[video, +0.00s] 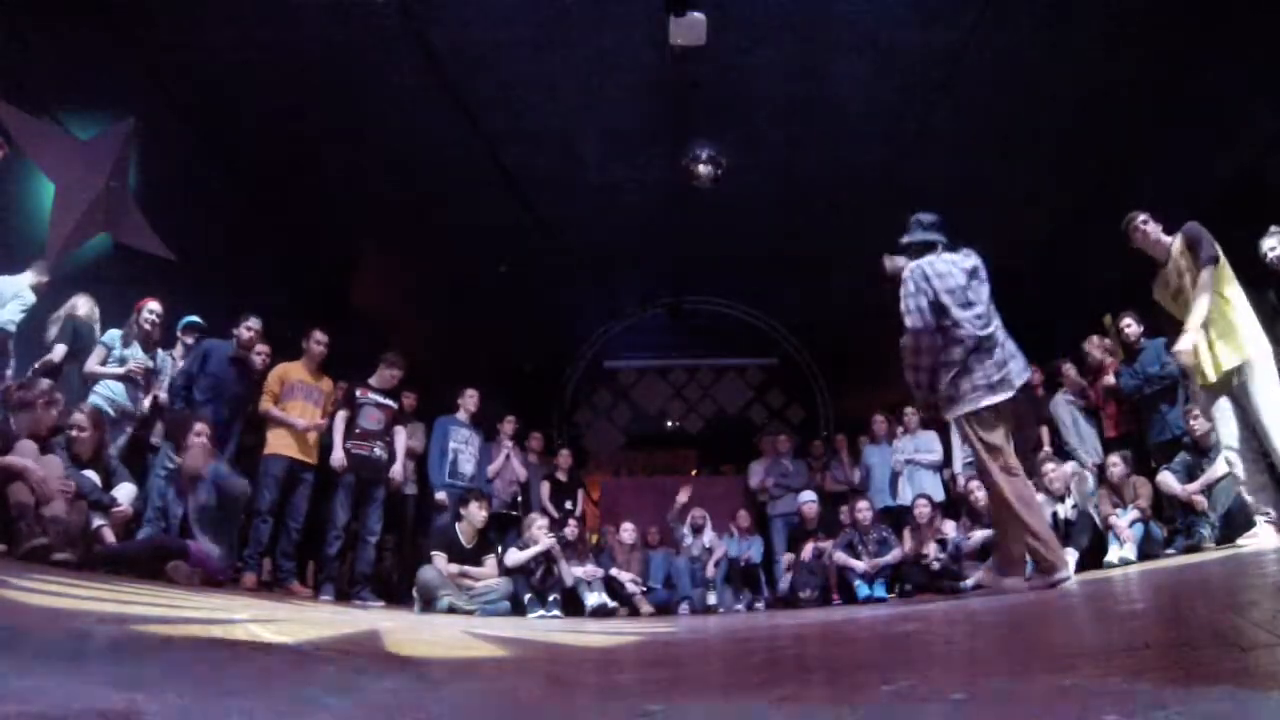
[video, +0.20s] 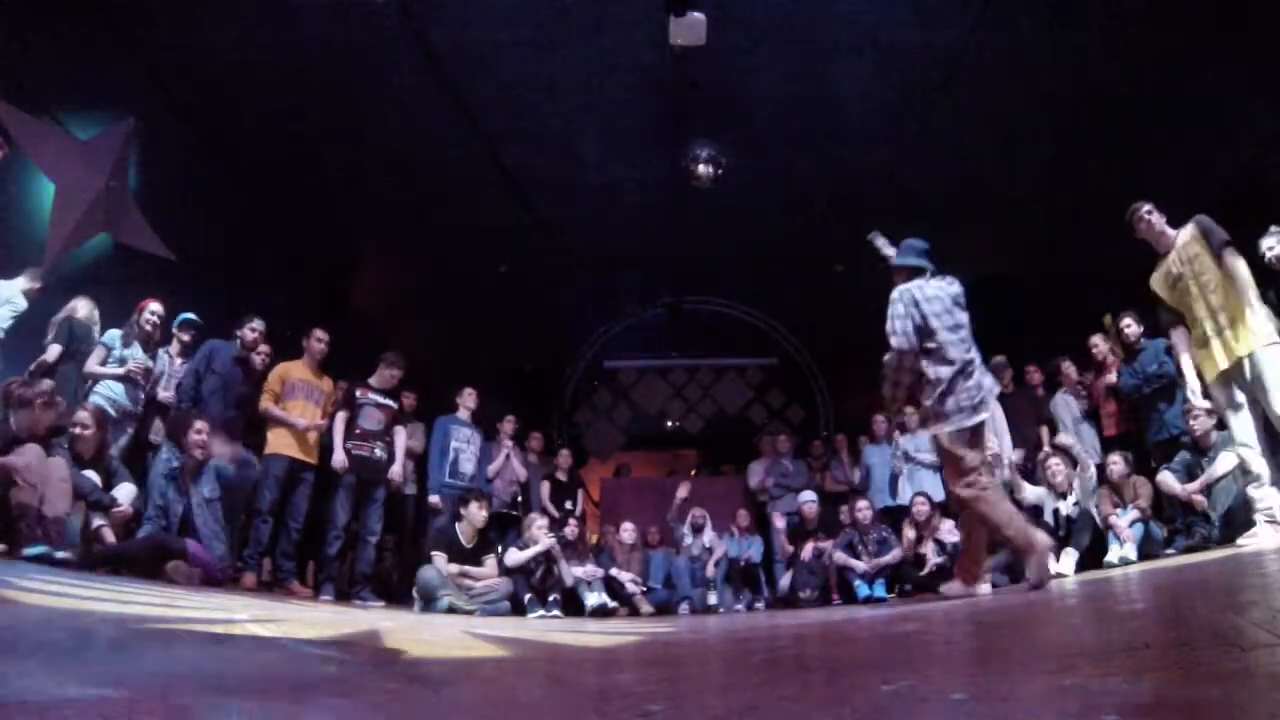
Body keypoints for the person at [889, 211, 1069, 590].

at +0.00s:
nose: (908, 254)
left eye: (910, 249)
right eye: (907, 249)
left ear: (916, 248)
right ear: (942, 242)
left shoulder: (915, 275)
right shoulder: (970, 260)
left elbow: (920, 334)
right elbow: (945, 271)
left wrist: (921, 388)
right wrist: (907, 267)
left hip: (967, 385)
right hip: (1004, 373)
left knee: (1005, 473)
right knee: (1001, 472)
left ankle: (1053, 559)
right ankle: (1008, 564)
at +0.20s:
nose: (897, 275)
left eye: (899, 271)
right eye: (898, 270)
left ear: (904, 271)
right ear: (927, 267)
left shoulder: (903, 295)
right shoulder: (952, 285)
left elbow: (904, 352)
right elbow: (924, 275)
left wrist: (895, 399)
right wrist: (898, 258)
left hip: (947, 401)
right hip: (978, 393)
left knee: (966, 483)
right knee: (976, 482)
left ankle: (1034, 543)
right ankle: (971, 576)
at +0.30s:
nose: (892, 283)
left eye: (893, 280)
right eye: (892, 280)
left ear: (898, 280)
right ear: (920, 276)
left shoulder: (898, 301)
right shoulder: (943, 296)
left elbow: (894, 357)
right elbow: (911, 294)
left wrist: (882, 413)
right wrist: (873, 279)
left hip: (927, 405)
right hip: (963, 400)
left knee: (928, 487)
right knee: (958, 485)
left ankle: (986, 531)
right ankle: (971, 575)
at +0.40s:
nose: (878, 297)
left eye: (880, 292)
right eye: (878, 293)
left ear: (891, 291)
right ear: (911, 289)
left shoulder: (894, 313)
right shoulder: (934, 308)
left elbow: (886, 367)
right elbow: (887, 310)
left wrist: (878, 414)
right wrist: (845, 312)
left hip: (915, 424)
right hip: (949, 422)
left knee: (906, 497)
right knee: (947, 498)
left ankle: (961, 543)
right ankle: (974, 576)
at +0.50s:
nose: (867, 306)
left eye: (869, 300)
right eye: (867, 301)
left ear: (880, 298)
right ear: (899, 297)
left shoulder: (887, 321)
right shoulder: (920, 319)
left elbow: (880, 370)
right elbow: (868, 323)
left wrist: (875, 422)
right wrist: (828, 329)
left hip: (904, 433)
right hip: (935, 432)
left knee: (878, 500)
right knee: (936, 503)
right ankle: (971, 577)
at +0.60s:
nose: (852, 308)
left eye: (855, 301)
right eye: (851, 302)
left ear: (869, 301)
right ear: (883, 302)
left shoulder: (876, 324)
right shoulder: (900, 324)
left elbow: (879, 369)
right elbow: (851, 320)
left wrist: (879, 416)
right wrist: (811, 312)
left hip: (891, 432)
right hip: (918, 431)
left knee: (871, 509)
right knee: (933, 507)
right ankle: (970, 575)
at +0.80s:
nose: (816, 315)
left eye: (820, 310)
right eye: (818, 310)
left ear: (832, 313)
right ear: (841, 313)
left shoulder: (842, 336)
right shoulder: (851, 335)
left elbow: (861, 372)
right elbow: (817, 319)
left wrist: (878, 408)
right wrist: (796, 291)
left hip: (851, 440)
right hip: (872, 436)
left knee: (845, 519)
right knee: (898, 502)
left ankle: (841, 593)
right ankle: (954, 558)